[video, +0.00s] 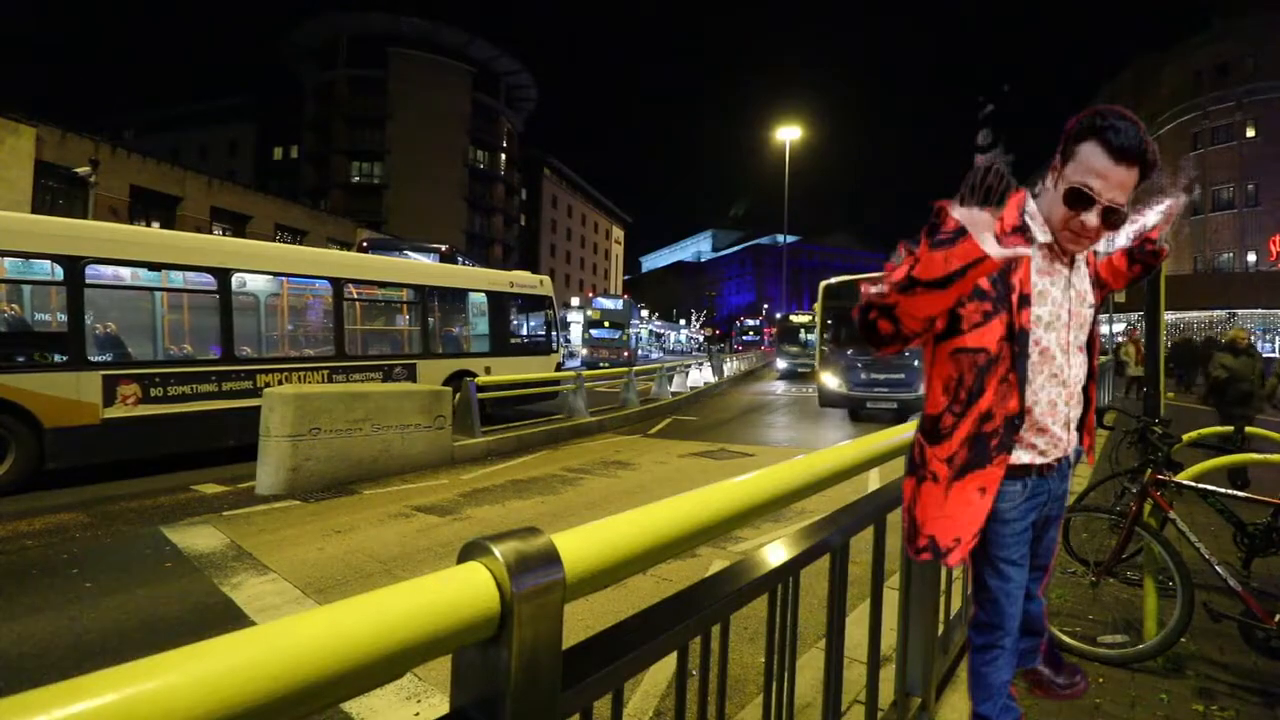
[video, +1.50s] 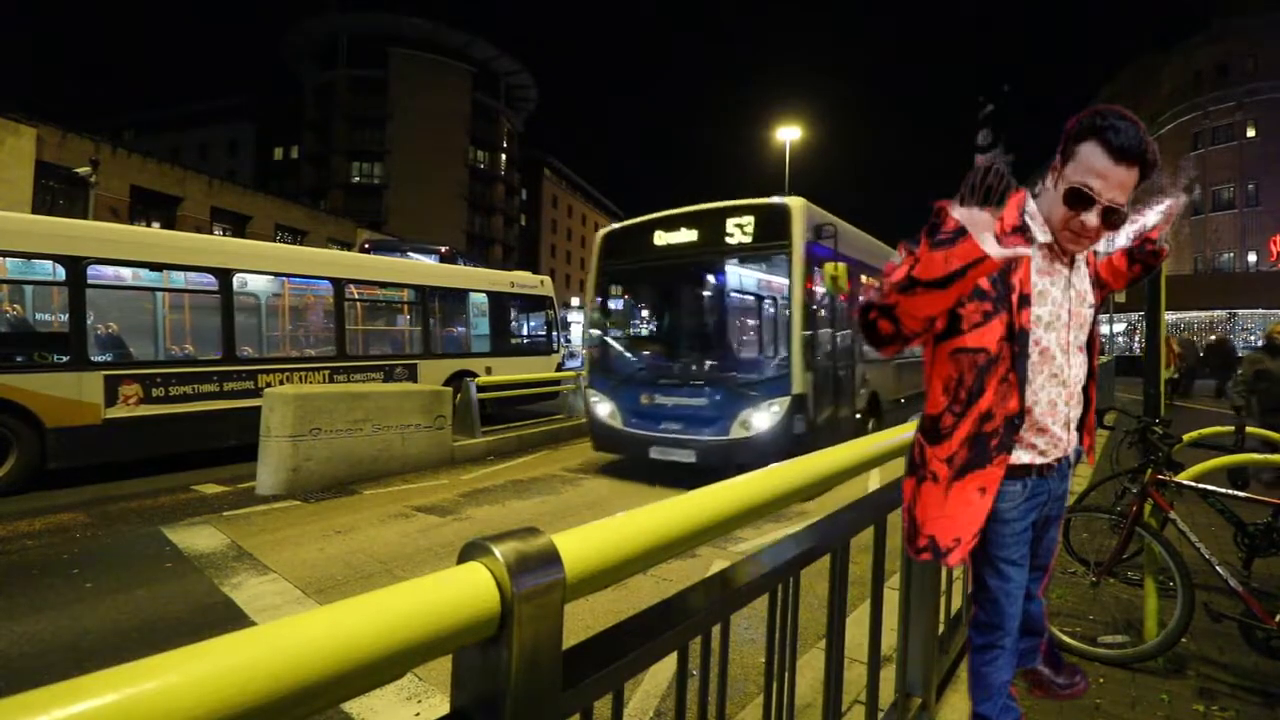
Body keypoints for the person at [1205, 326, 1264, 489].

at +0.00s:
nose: (1244, 342)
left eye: (1246, 339)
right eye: (1241, 339)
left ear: (1249, 340)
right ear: (1232, 339)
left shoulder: (1255, 357)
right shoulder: (1221, 356)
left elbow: (1260, 379)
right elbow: (1215, 375)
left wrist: (1258, 395)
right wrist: (1231, 382)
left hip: (1248, 406)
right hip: (1228, 407)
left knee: (1244, 442)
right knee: (1230, 442)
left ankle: (1243, 475)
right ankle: (1233, 476)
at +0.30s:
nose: (1253, 340)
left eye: (1257, 337)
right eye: (1250, 336)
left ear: (1262, 339)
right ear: (1242, 337)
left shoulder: (1267, 360)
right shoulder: (1231, 356)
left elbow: (1271, 385)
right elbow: (1221, 380)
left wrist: (1266, 403)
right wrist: (1224, 396)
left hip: (1258, 407)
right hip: (1236, 405)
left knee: (1251, 442)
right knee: (1235, 441)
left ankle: (1244, 475)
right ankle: (1233, 476)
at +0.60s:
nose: (1254, 342)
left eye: (1258, 339)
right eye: (1251, 339)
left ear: (1263, 341)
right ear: (1244, 340)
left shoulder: (1269, 361)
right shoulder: (1233, 359)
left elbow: (1274, 387)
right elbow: (1220, 380)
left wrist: (1273, 408)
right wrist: (1216, 399)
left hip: (1260, 409)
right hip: (1239, 408)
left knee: (1254, 444)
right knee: (1238, 443)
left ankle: (1245, 475)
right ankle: (1234, 477)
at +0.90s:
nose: (1257, 339)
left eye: (1261, 335)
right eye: (1253, 335)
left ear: (1265, 338)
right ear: (1245, 337)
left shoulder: (1272, 358)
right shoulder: (1233, 355)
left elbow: (1274, 381)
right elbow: (1220, 376)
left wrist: (1274, 397)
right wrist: (1228, 392)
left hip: (1268, 407)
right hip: (1243, 407)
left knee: (1271, 443)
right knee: (1244, 444)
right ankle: (1240, 476)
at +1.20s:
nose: (1274, 340)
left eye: (1277, 337)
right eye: (1270, 337)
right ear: (1261, 338)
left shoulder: (1277, 360)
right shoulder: (1248, 358)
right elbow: (1231, 379)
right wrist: (1243, 391)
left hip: (1274, 411)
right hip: (1250, 411)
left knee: (1275, 446)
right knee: (1247, 446)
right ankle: (1240, 476)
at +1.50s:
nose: (1278, 337)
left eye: (1279, 334)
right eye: (1276, 333)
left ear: (1278, 336)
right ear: (1268, 336)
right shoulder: (1257, 358)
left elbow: (1239, 383)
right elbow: (1239, 384)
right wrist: (1240, 406)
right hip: (1265, 412)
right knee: (1268, 444)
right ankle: (1267, 474)